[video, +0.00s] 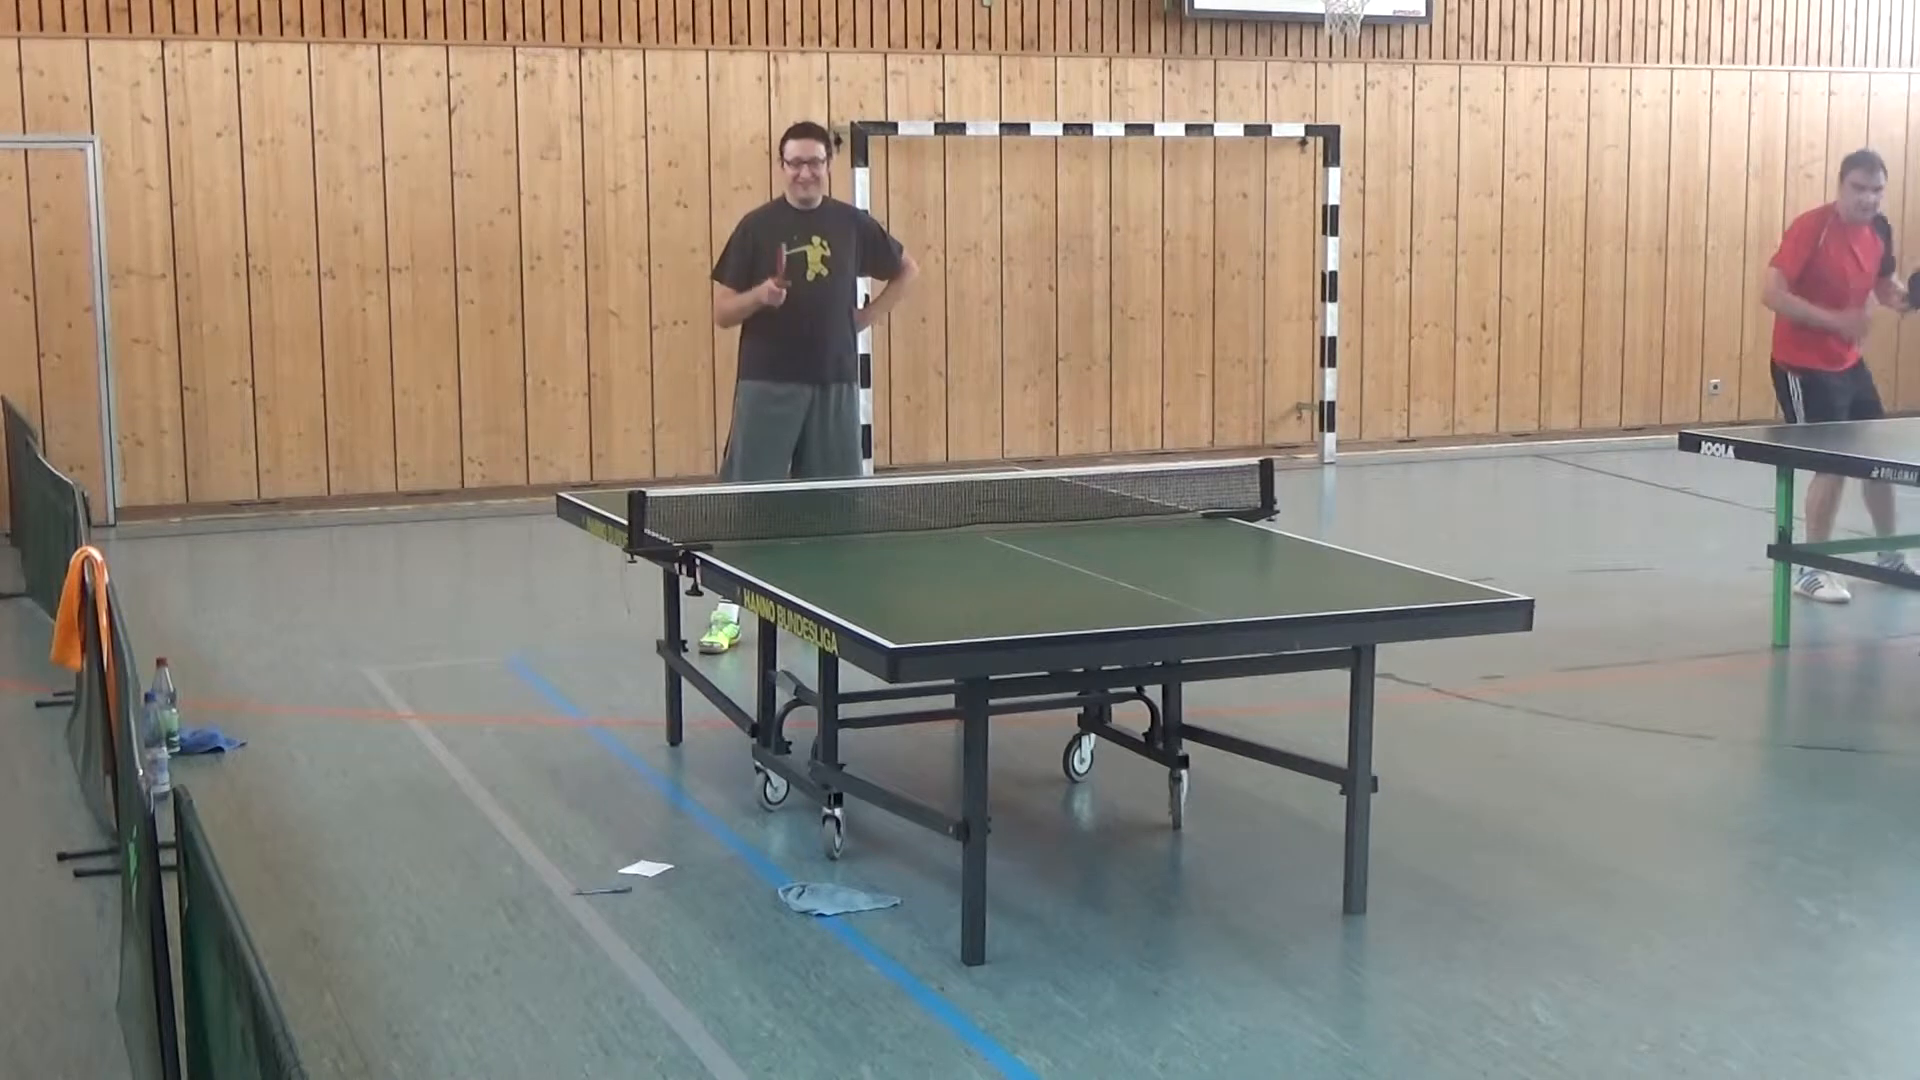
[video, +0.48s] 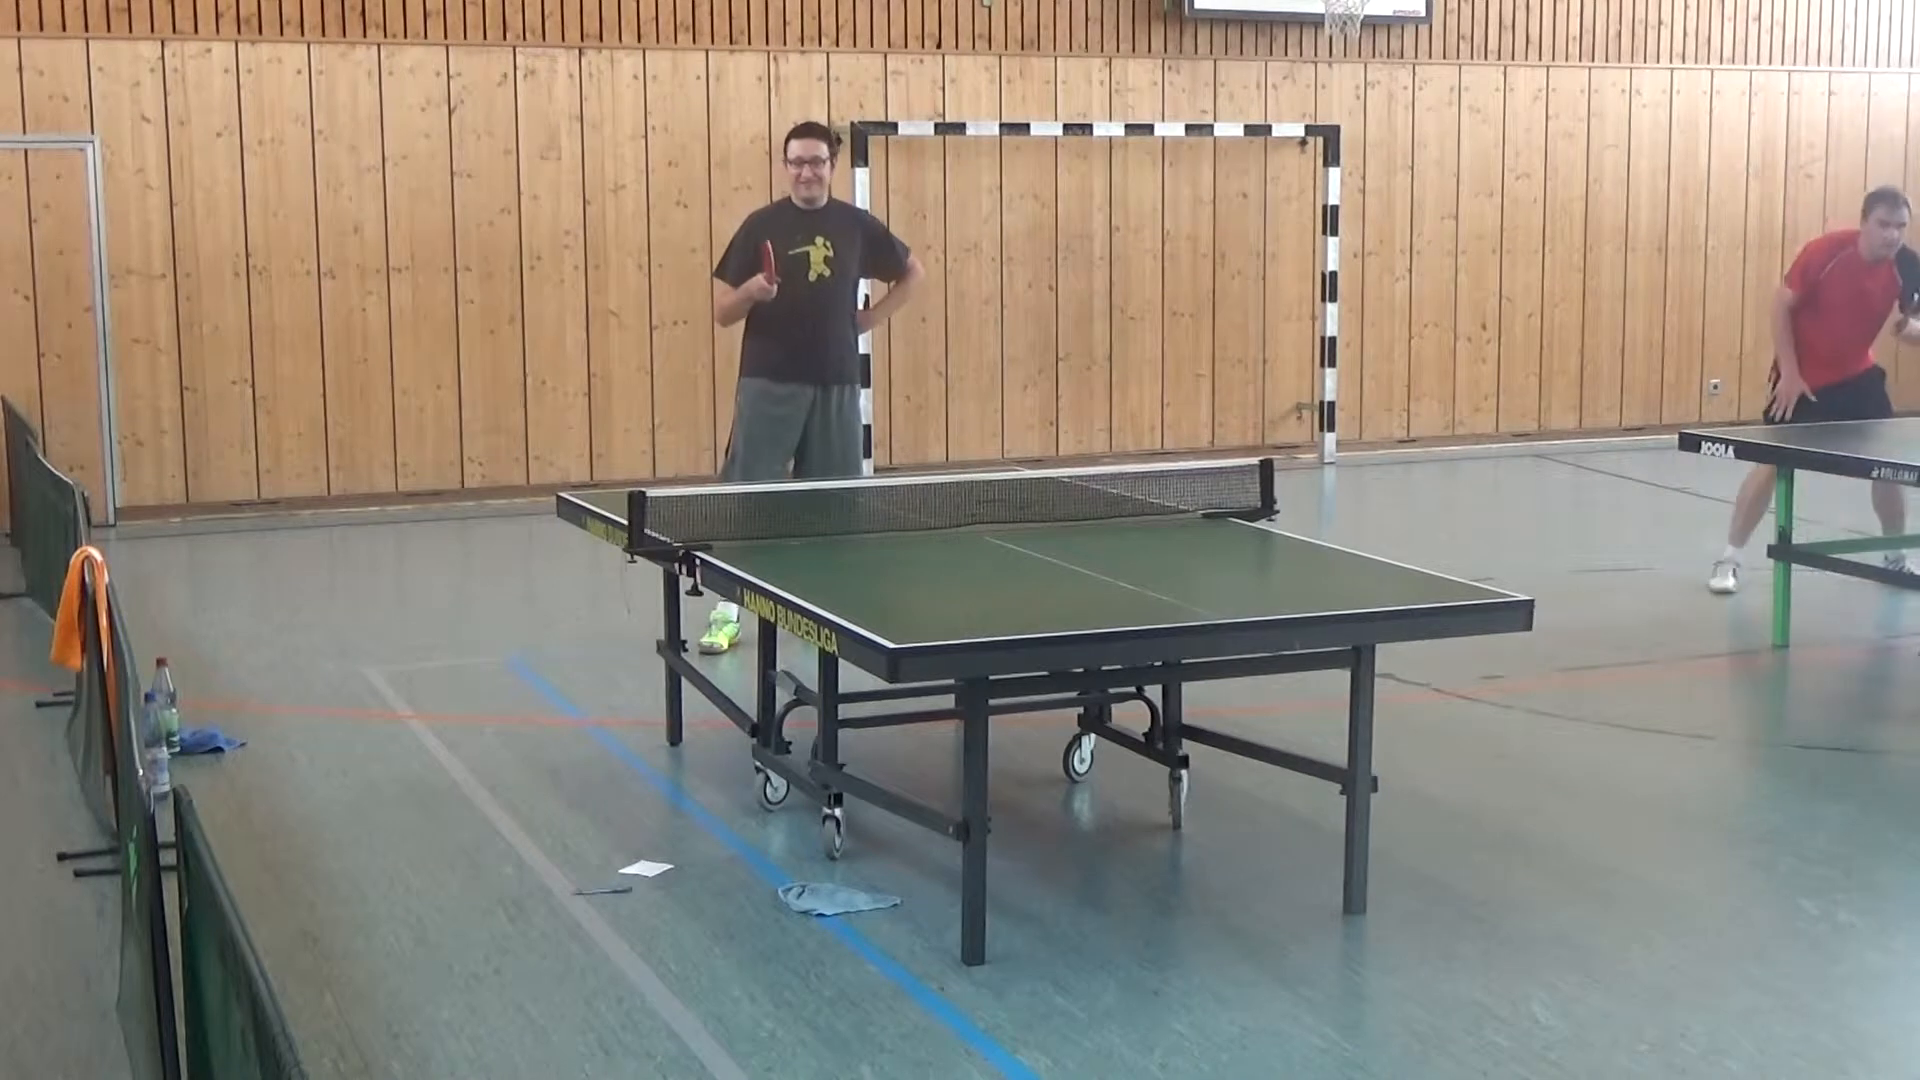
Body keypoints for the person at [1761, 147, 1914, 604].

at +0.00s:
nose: (1868, 198)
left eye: (1876, 190)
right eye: (1859, 188)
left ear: (1884, 192)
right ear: (1840, 186)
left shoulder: (1877, 232)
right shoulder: (1811, 226)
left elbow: (1882, 284)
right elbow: (1772, 292)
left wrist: (1903, 300)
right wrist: (1837, 320)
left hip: (1849, 362)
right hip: (1802, 364)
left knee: (1878, 458)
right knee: (1831, 462)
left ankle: (1888, 557)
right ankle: (1809, 569)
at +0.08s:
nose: (1878, 204)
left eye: (1886, 196)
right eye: (1869, 195)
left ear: (1894, 197)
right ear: (1850, 193)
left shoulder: (1892, 243)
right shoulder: (1816, 233)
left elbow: (1907, 304)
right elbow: (1771, 298)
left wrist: (1915, 299)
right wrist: (1813, 349)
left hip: (1860, 364)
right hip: (1809, 367)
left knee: (1886, 460)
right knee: (1832, 461)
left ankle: (1894, 560)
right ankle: (1810, 569)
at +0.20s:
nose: (1892, 216)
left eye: (1900, 208)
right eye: (1884, 207)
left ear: (1908, 211)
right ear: (1866, 205)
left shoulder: (1906, 254)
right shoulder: (1826, 238)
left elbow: (1916, 306)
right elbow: (1775, 288)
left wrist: (1914, 316)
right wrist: (1796, 349)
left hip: (1872, 375)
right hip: (1817, 375)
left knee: (1895, 469)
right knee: (1814, 472)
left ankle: (1896, 559)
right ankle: (1806, 562)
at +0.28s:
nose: (1900, 224)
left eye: (1907, 216)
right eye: (1891, 214)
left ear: (1913, 218)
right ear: (1870, 211)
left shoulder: (1907, 259)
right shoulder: (1829, 242)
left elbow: (1913, 309)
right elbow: (1782, 289)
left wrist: (1914, 317)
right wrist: (1797, 351)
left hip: (1871, 379)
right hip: (1814, 379)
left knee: (1895, 470)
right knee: (1796, 472)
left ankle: (1896, 560)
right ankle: (1780, 562)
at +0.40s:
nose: (1898, 230)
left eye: (1906, 222)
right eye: (1890, 220)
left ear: (1913, 224)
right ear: (1870, 218)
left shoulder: (1908, 263)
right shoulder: (1830, 246)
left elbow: (1911, 319)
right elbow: (1785, 297)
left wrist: (1914, 320)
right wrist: (1794, 362)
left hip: (1865, 377)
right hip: (1808, 378)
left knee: (1893, 466)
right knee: (1779, 465)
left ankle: (1896, 558)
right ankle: (1737, 558)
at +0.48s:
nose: (1892, 234)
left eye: (1899, 226)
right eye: (1883, 224)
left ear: (1906, 229)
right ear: (1864, 223)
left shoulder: (1905, 265)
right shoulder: (1825, 251)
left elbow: (1906, 322)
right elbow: (1781, 305)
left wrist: (1910, 325)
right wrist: (1789, 372)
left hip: (1858, 377)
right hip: (1802, 377)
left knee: (1888, 465)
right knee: (1773, 463)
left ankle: (1896, 557)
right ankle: (1730, 557)